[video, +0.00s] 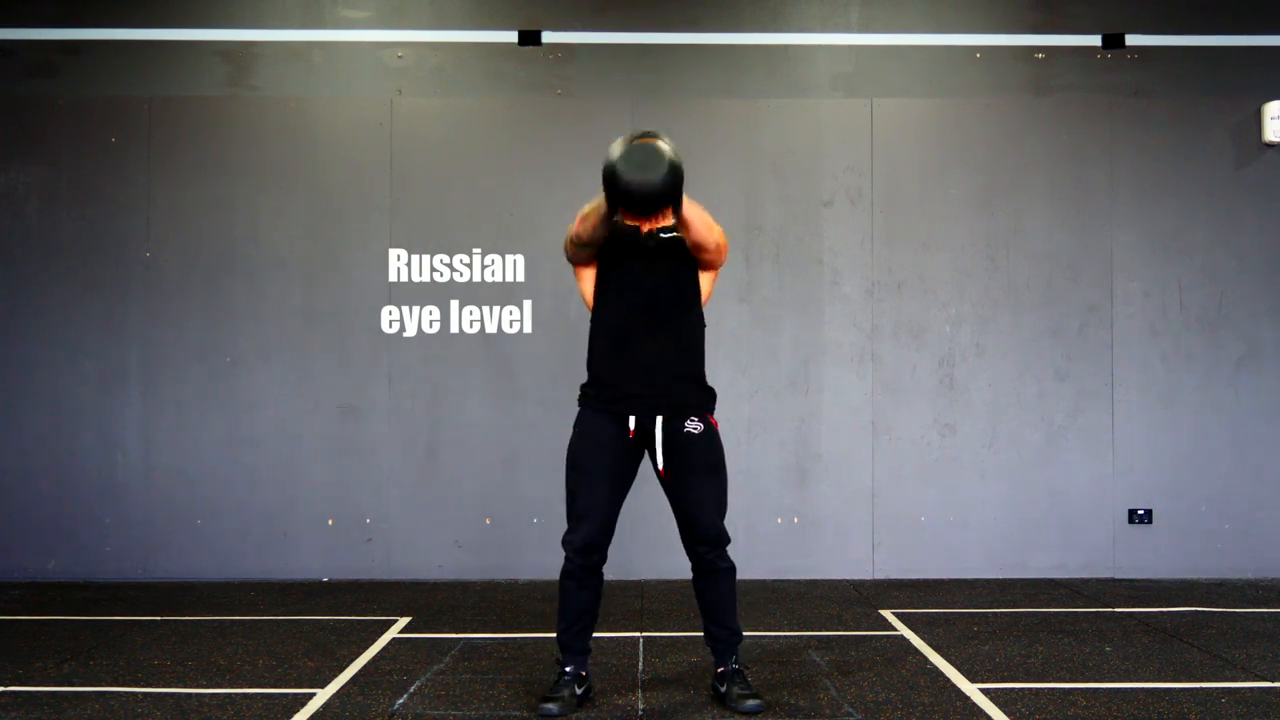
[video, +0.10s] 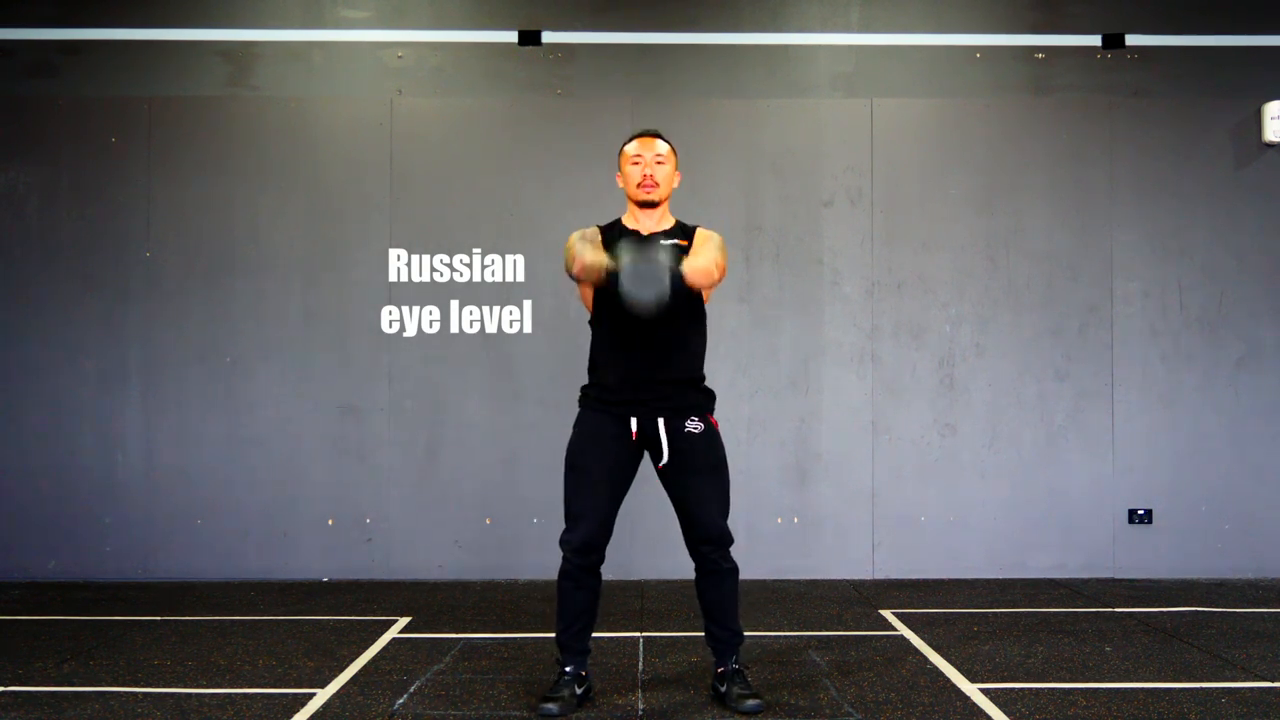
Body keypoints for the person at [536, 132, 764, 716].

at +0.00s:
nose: (646, 225)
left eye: (656, 216)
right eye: (635, 217)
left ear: (675, 205)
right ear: (615, 208)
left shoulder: (701, 252)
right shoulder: (591, 247)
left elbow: (713, 242)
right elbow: (580, 235)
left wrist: (674, 193)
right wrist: (614, 199)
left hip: (684, 413)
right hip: (607, 411)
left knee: (709, 543)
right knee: (583, 544)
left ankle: (729, 669)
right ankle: (572, 671)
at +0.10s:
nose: (648, 169)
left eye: (659, 160)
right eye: (636, 160)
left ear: (676, 177)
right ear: (619, 177)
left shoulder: (702, 240)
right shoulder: (592, 240)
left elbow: (706, 270)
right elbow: (583, 262)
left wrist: (677, 275)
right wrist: (605, 269)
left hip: (684, 413)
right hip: (607, 413)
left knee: (712, 542)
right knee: (581, 543)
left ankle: (729, 670)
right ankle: (571, 672)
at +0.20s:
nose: (648, 169)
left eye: (659, 161)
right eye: (635, 161)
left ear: (676, 177)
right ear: (618, 177)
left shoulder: (705, 248)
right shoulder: (587, 248)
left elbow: (701, 311)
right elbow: (592, 306)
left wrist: (674, 354)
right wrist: (621, 348)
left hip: (685, 412)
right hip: (606, 412)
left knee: (721, 542)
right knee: (572, 544)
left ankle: (730, 669)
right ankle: (571, 672)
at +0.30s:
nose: (647, 180)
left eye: (658, 171)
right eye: (634, 172)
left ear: (676, 186)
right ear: (616, 188)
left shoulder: (707, 267)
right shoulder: (584, 267)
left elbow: (698, 359)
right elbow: (595, 358)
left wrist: (674, 431)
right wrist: (621, 430)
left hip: (686, 421)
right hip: (604, 420)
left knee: (735, 547)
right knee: (558, 545)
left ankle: (731, 671)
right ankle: (570, 673)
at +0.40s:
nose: (645, 206)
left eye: (656, 197)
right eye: (632, 197)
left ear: (675, 211)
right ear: (615, 213)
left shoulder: (707, 290)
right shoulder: (584, 291)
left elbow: (697, 391)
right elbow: (594, 393)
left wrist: (675, 467)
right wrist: (619, 468)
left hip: (686, 440)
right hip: (604, 438)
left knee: (744, 538)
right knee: (549, 540)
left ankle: (733, 670)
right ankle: (568, 672)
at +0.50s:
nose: (641, 238)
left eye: (654, 226)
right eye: (629, 226)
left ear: (675, 240)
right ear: (614, 240)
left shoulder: (708, 313)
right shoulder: (582, 316)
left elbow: (697, 410)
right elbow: (593, 412)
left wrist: (675, 477)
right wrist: (619, 479)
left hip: (685, 445)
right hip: (605, 446)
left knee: (747, 534)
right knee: (548, 539)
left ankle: (734, 669)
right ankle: (568, 673)